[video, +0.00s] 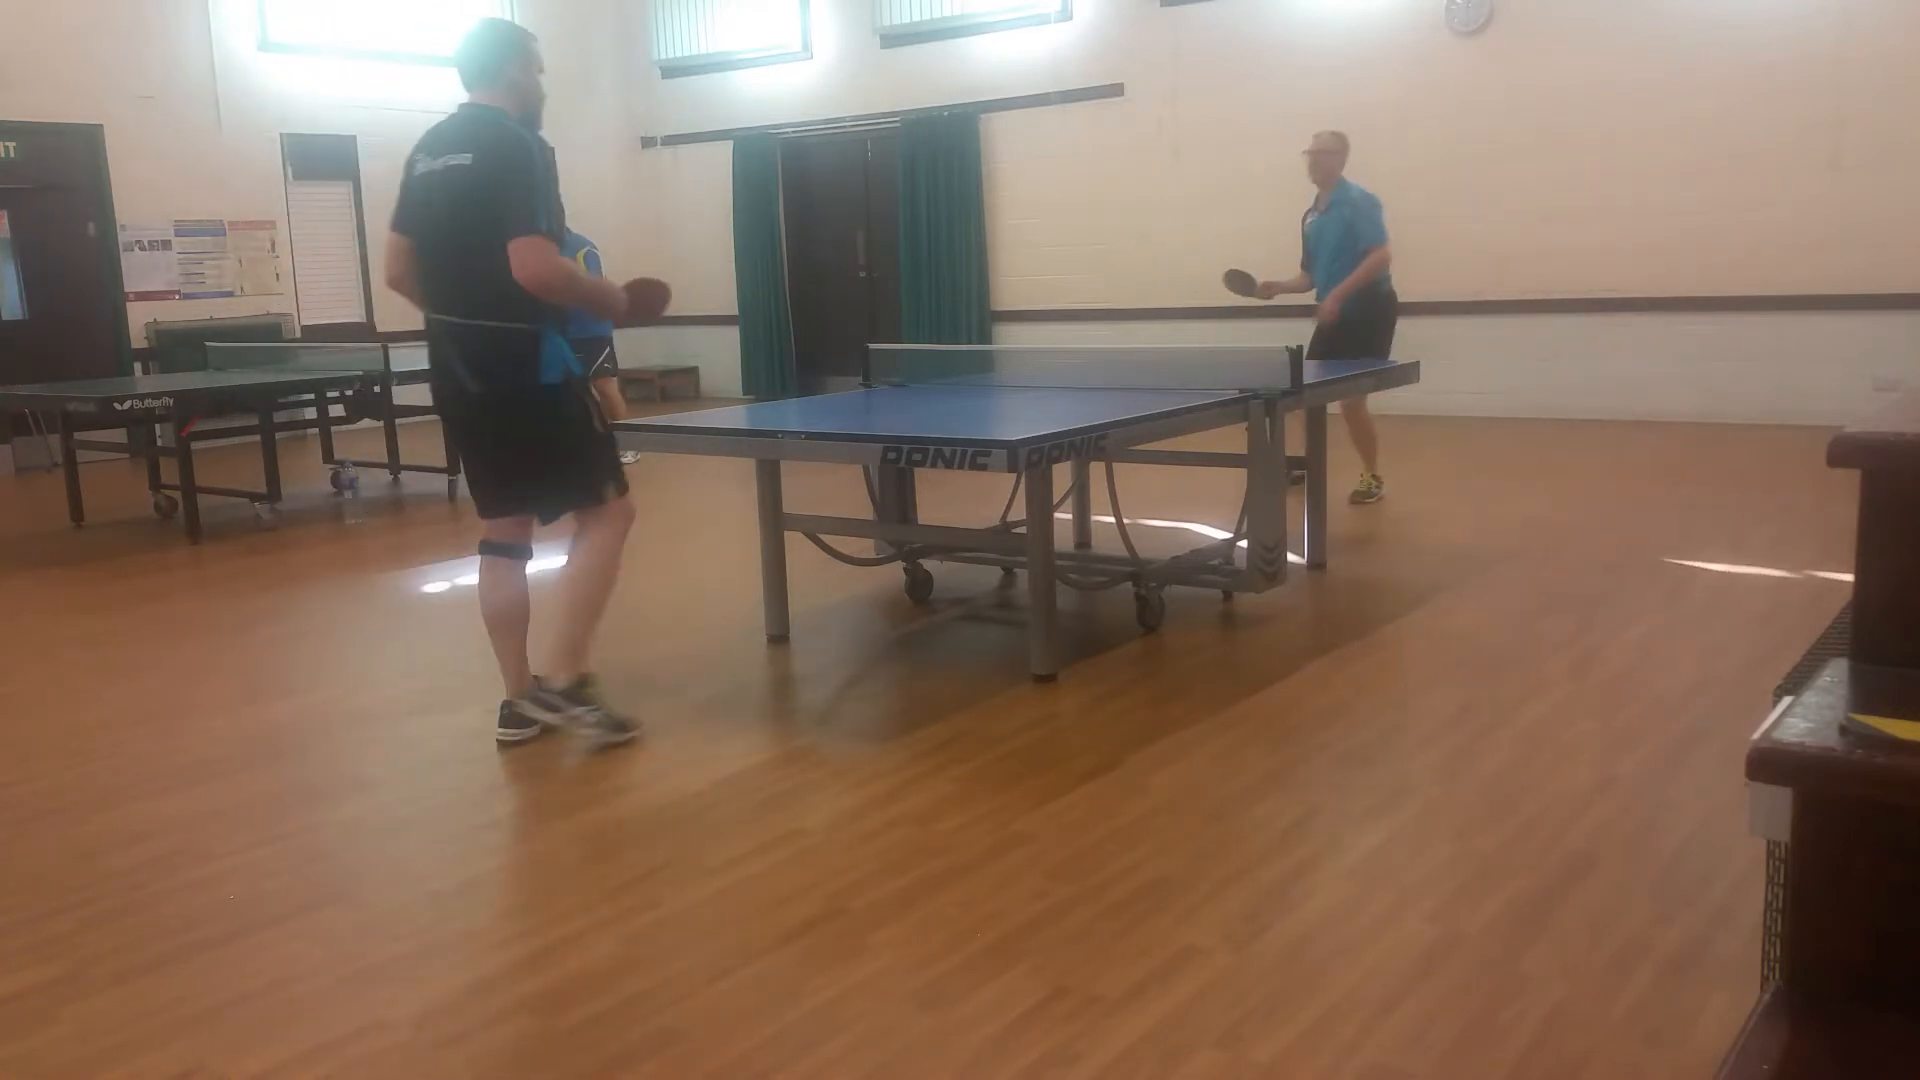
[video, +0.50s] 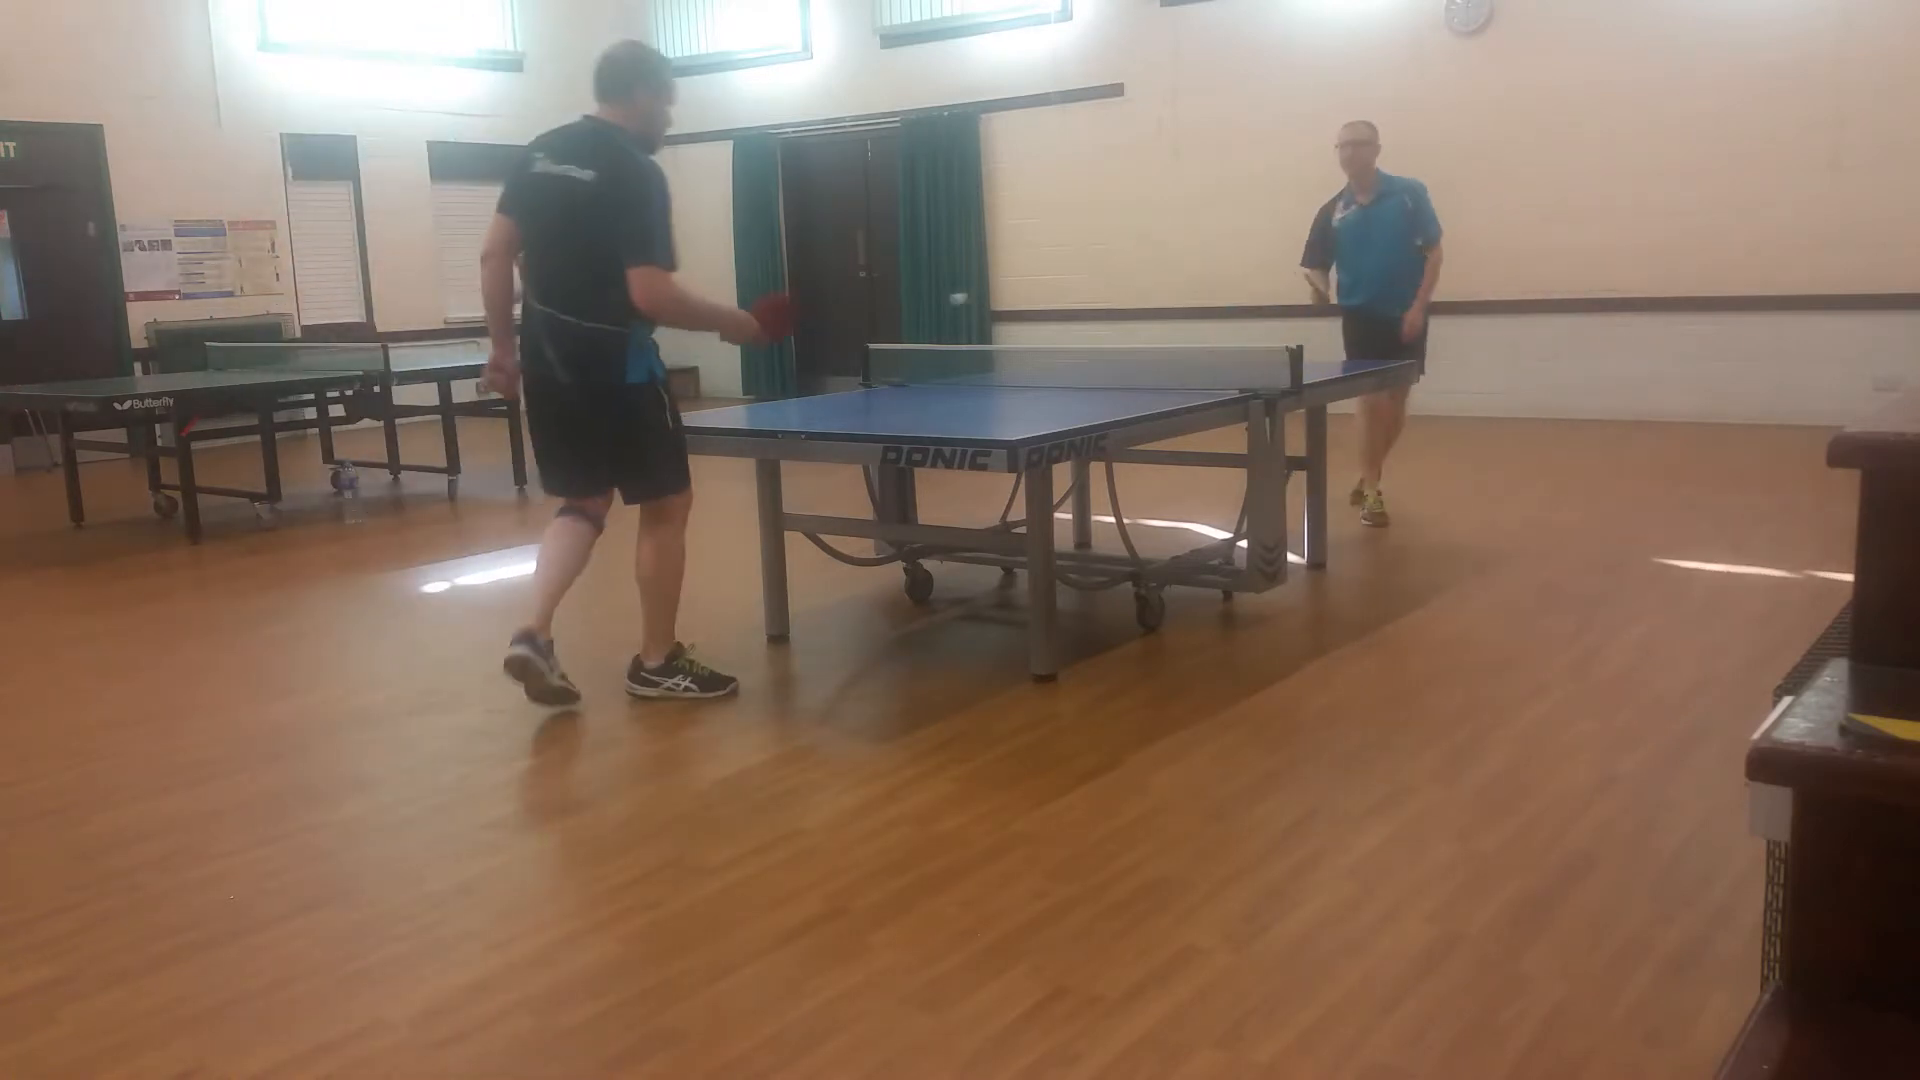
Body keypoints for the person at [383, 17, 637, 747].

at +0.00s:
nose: (542, 84)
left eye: (539, 71)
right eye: (535, 72)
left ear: (472, 75)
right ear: (511, 72)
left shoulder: (427, 146)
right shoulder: (519, 144)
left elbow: (399, 271)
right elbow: (534, 265)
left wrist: (469, 314)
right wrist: (611, 299)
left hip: (460, 367)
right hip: (529, 363)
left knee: (503, 532)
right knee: (607, 511)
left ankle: (518, 702)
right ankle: (563, 679)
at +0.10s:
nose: (565, 85)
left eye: (562, 72)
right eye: (559, 72)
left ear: (494, 75)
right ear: (532, 73)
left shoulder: (447, 148)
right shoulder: (534, 146)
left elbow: (421, 271)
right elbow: (545, 265)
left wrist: (498, 302)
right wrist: (627, 301)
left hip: (473, 371)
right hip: (546, 366)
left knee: (507, 528)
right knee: (619, 506)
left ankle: (521, 700)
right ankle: (617, 677)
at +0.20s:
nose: (589, 101)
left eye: (587, 87)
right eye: (585, 87)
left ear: (518, 83)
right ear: (564, 84)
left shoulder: (472, 153)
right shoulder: (558, 153)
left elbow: (441, 271)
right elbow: (563, 271)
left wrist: (506, 310)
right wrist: (652, 312)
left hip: (495, 372)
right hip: (567, 369)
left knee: (519, 529)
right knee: (632, 506)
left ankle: (522, 701)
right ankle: (648, 664)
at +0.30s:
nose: (616, 108)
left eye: (614, 94)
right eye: (610, 94)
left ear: (546, 91)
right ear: (586, 92)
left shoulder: (495, 157)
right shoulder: (583, 162)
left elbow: (461, 271)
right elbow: (587, 280)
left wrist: (518, 322)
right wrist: (671, 313)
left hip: (517, 372)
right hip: (587, 370)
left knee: (540, 525)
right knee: (650, 505)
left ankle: (522, 698)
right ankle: (655, 658)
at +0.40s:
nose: (646, 115)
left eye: (646, 101)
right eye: (643, 100)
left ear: (576, 93)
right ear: (617, 96)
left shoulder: (519, 156)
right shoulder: (612, 169)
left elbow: (483, 265)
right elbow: (620, 290)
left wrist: (518, 335)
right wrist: (703, 315)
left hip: (536, 369)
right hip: (608, 370)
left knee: (568, 511)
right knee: (664, 503)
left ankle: (526, 674)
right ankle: (658, 660)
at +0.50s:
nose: (670, 116)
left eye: (670, 102)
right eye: (667, 101)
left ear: (603, 94)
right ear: (641, 96)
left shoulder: (541, 151)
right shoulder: (636, 171)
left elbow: (496, 252)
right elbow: (650, 292)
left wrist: (502, 346)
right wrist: (733, 320)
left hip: (547, 363)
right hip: (619, 365)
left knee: (584, 498)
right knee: (666, 498)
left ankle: (533, 634)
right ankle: (658, 659)